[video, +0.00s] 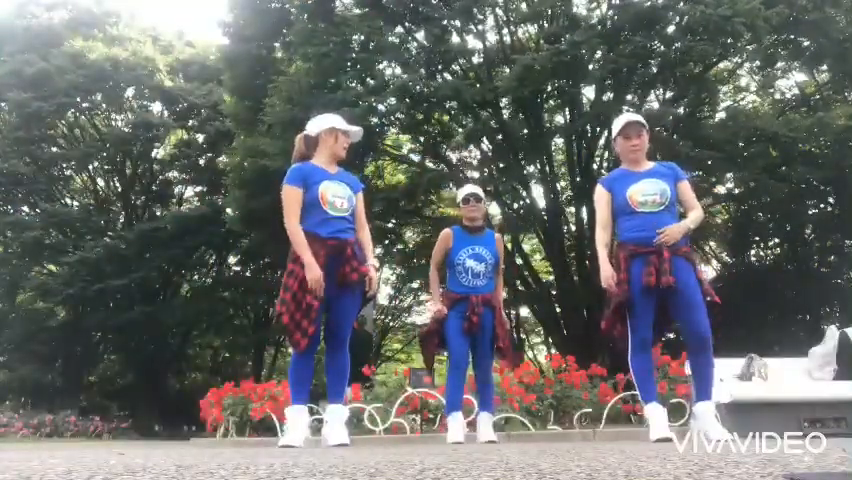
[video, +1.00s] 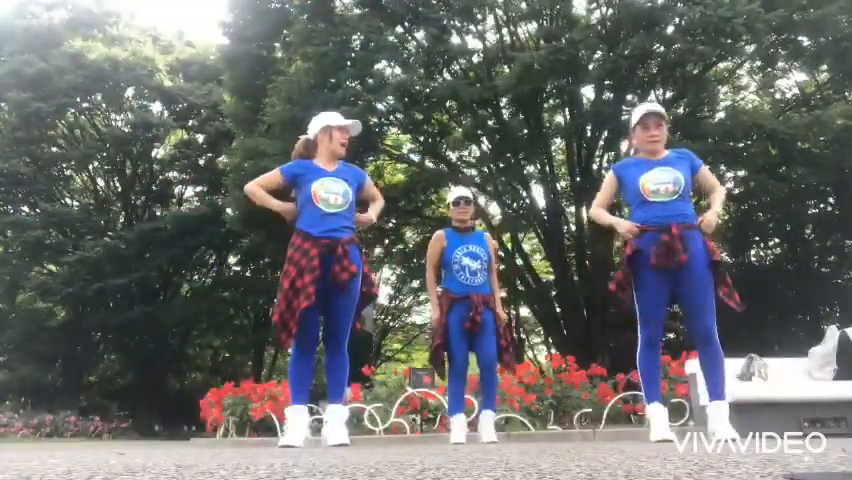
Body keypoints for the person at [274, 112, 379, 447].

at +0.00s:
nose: (347, 142)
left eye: (347, 137)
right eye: (343, 136)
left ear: (338, 140)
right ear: (324, 137)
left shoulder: (352, 181)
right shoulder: (299, 172)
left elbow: (362, 227)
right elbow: (292, 222)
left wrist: (371, 261)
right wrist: (309, 263)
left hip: (349, 256)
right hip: (312, 254)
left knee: (339, 338)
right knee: (306, 339)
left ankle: (336, 418)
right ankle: (297, 419)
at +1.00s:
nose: (348, 138)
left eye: (348, 134)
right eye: (342, 133)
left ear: (342, 139)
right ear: (323, 135)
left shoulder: (355, 174)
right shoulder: (299, 169)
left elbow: (378, 199)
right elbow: (252, 187)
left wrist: (371, 214)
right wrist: (281, 206)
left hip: (346, 255)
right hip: (308, 253)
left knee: (338, 340)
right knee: (305, 338)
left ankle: (335, 420)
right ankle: (297, 420)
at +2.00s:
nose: (340, 137)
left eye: (343, 132)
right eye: (333, 131)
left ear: (347, 137)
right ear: (317, 136)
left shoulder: (359, 167)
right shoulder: (299, 162)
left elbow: (391, 184)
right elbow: (251, 167)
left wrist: (374, 195)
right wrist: (278, 181)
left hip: (346, 255)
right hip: (308, 253)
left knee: (338, 339)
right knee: (305, 338)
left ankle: (336, 420)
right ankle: (298, 420)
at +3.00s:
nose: (348, 137)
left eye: (349, 133)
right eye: (342, 132)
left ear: (343, 138)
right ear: (322, 134)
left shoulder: (355, 178)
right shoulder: (296, 172)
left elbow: (376, 221)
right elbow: (279, 220)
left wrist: (377, 257)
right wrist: (287, 251)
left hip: (347, 254)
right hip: (308, 254)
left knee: (339, 340)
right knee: (306, 339)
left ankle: (336, 419)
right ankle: (297, 419)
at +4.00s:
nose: (333, 138)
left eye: (338, 134)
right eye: (327, 133)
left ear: (345, 139)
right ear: (314, 138)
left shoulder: (357, 178)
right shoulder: (297, 175)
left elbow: (371, 220)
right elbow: (284, 223)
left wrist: (362, 245)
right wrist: (282, 263)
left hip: (346, 259)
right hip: (305, 258)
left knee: (338, 340)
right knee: (305, 341)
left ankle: (336, 418)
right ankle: (297, 418)